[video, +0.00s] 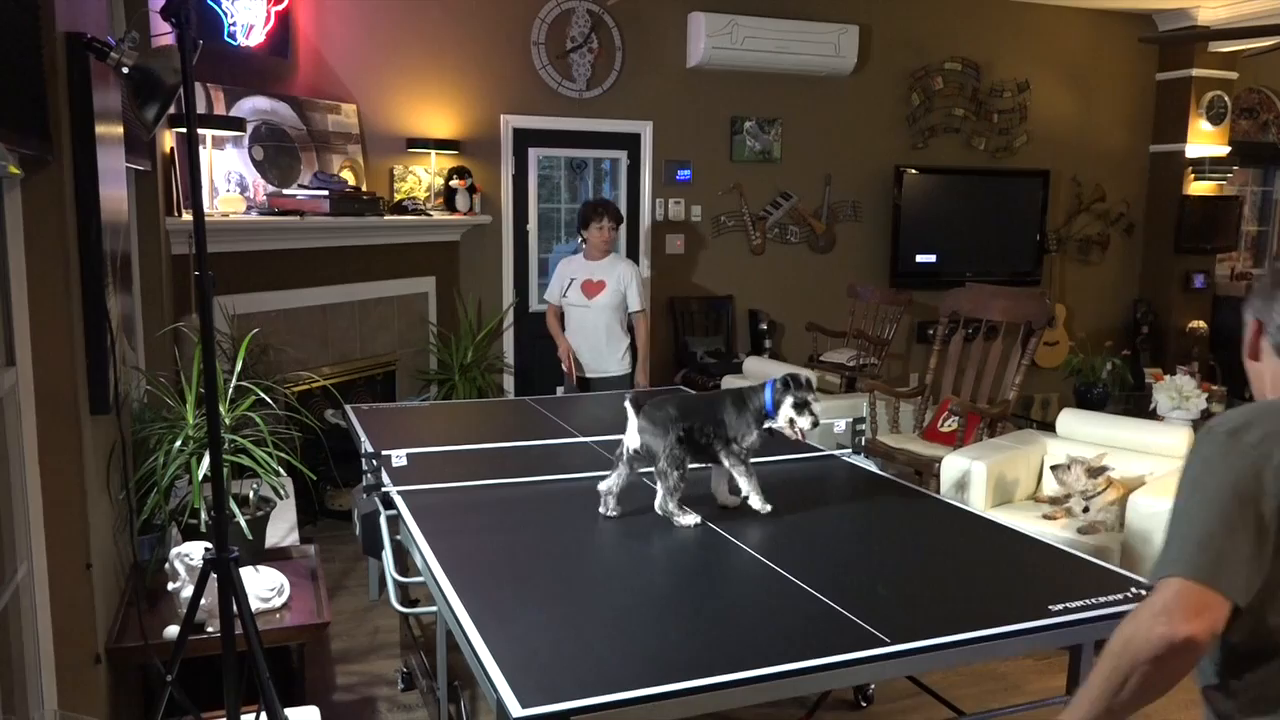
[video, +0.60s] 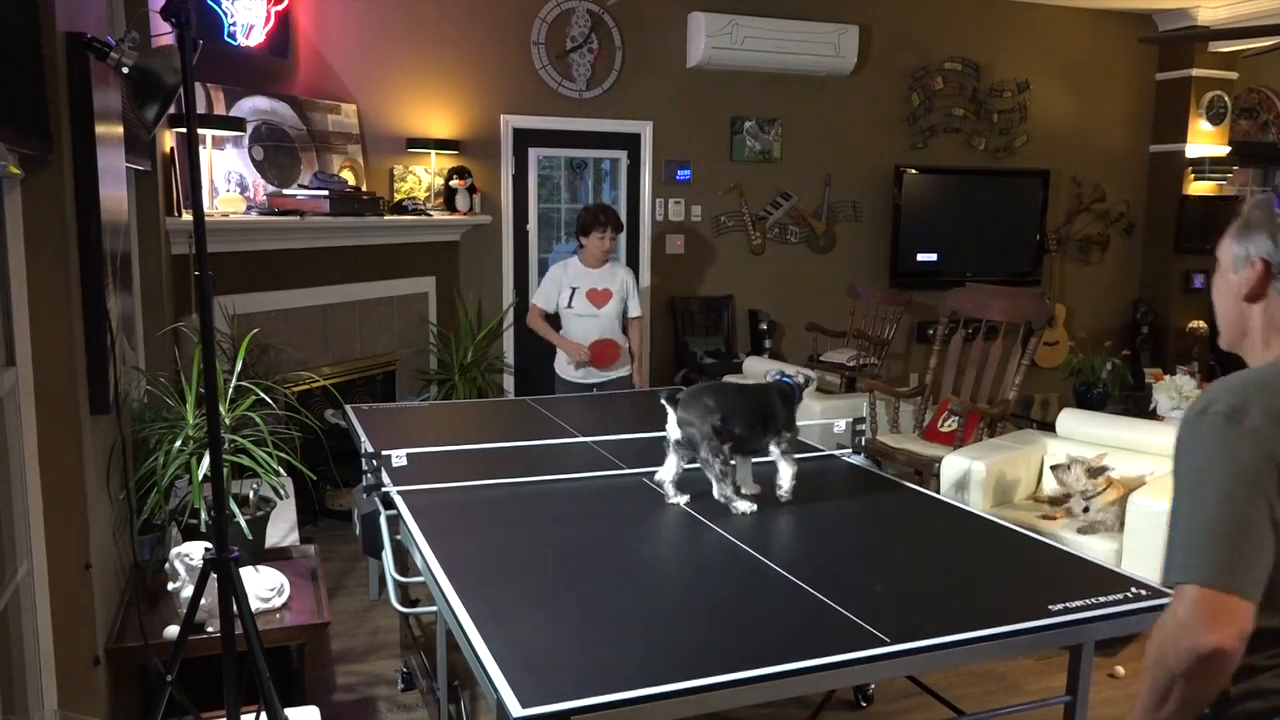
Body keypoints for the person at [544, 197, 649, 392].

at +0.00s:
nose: (606, 236)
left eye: (611, 229)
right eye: (599, 229)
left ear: (617, 232)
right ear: (584, 232)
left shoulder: (626, 269)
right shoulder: (566, 267)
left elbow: (639, 321)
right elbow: (552, 312)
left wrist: (642, 368)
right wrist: (561, 343)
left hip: (614, 374)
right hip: (575, 373)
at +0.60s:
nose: (608, 245)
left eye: (612, 238)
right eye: (601, 238)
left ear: (617, 238)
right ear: (583, 239)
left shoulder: (623, 275)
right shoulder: (560, 273)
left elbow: (634, 322)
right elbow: (533, 318)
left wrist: (637, 368)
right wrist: (566, 346)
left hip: (616, 378)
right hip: (572, 379)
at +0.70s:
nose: (614, 250)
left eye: (617, 243)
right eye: (606, 243)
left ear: (621, 244)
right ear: (587, 244)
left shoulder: (625, 280)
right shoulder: (567, 280)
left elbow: (629, 328)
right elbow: (548, 332)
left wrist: (632, 379)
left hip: (613, 378)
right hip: (570, 381)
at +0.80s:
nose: (622, 259)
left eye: (626, 253)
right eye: (615, 253)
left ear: (631, 254)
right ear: (597, 255)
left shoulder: (629, 287)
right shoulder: (582, 288)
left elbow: (627, 338)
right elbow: (584, 345)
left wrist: (623, 378)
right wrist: (629, 360)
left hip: (609, 377)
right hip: (570, 380)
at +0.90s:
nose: (634, 268)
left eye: (637, 261)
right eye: (625, 262)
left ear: (641, 263)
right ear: (608, 266)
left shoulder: (634, 294)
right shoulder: (598, 297)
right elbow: (612, 344)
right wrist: (643, 369)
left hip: (609, 378)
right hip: (572, 382)